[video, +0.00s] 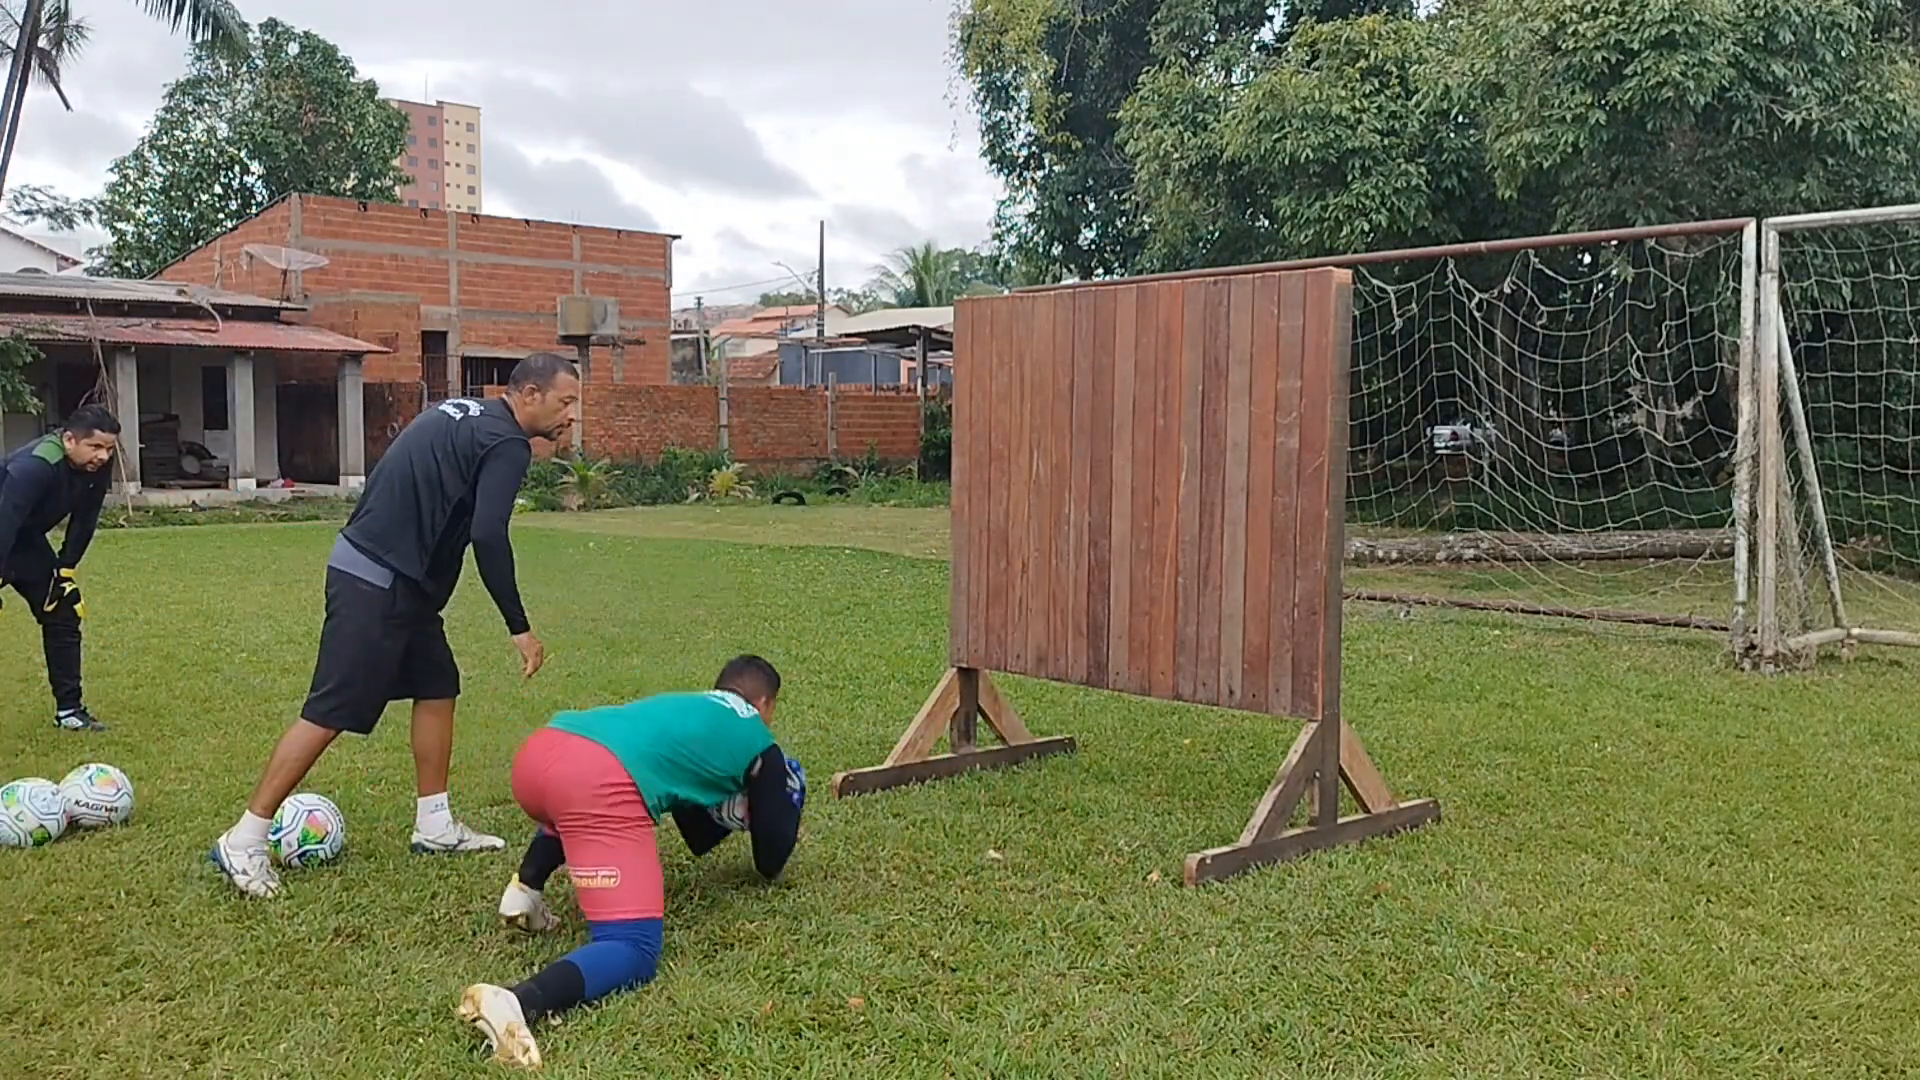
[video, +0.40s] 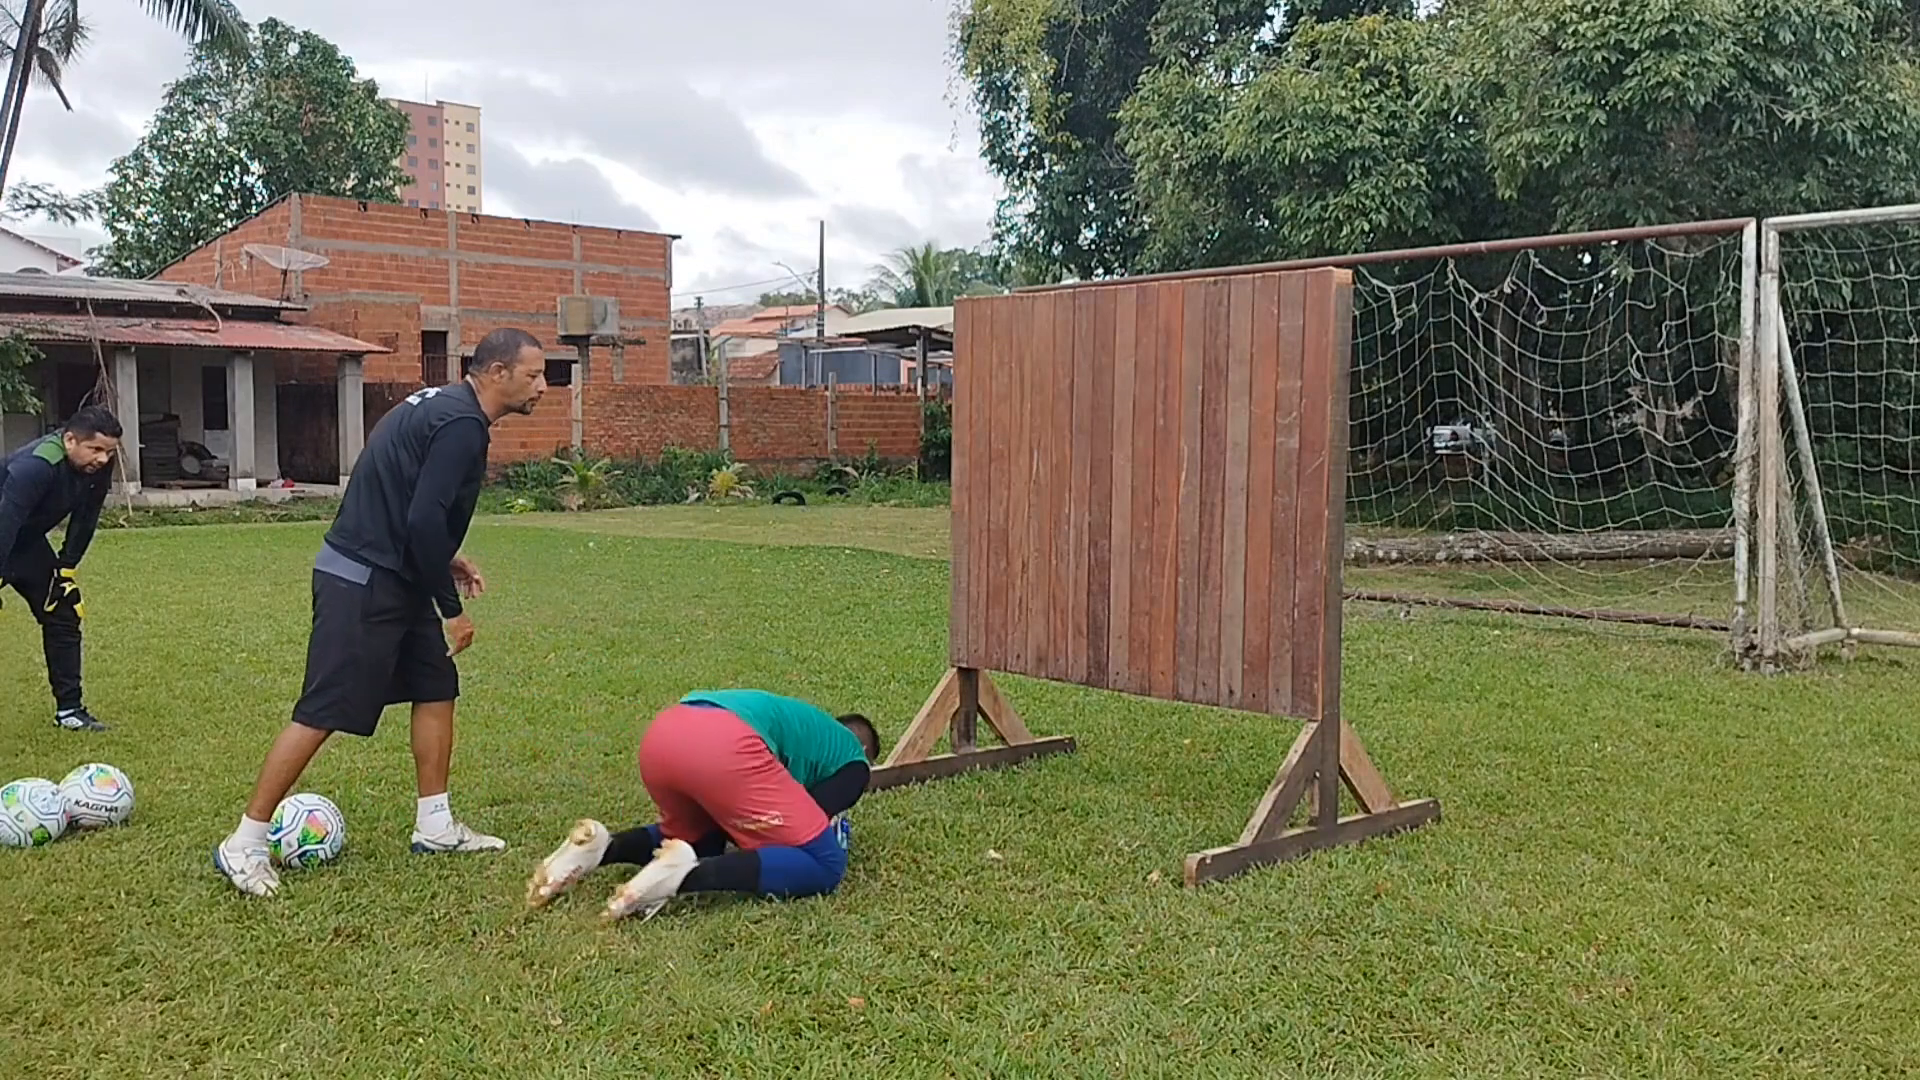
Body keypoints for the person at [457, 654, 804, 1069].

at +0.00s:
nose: (773, 714)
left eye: (775, 707)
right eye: (774, 707)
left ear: (719, 687)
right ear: (764, 704)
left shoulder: (678, 712)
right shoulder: (758, 739)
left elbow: (701, 838)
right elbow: (771, 862)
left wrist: (748, 795)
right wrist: (785, 789)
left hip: (538, 752)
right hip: (600, 781)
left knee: (571, 805)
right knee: (632, 949)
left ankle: (523, 892)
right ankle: (516, 1003)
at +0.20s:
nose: (846, 775)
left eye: (846, 767)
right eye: (849, 769)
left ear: (813, 739)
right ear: (846, 759)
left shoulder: (769, 745)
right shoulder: (836, 773)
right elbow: (787, 870)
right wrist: (821, 851)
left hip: (636, 737)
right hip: (689, 757)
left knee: (627, 863)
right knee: (701, 914)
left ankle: (554, 848)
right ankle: (559, 957)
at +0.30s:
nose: (857, 783)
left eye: (859, 774)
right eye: (862, 776)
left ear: (835, 744)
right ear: (858, 764)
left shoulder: (790, 741)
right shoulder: (850, 777)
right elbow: (796, 846)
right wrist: (811, 866)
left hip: (655, 719)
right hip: (715, 731)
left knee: (652, 851)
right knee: (766, 889)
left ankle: (566, 840)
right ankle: (622, 897)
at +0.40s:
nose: (859, 759)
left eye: (862, 752)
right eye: (864, 753)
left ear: (836, 728)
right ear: (858, 747)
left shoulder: (787, 724)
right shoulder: (854, 764)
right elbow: (802, 816)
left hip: (665, 726)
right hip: (726, 738)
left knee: (691, 840)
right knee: (823, 864)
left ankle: (600, 848)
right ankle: (685, 873)